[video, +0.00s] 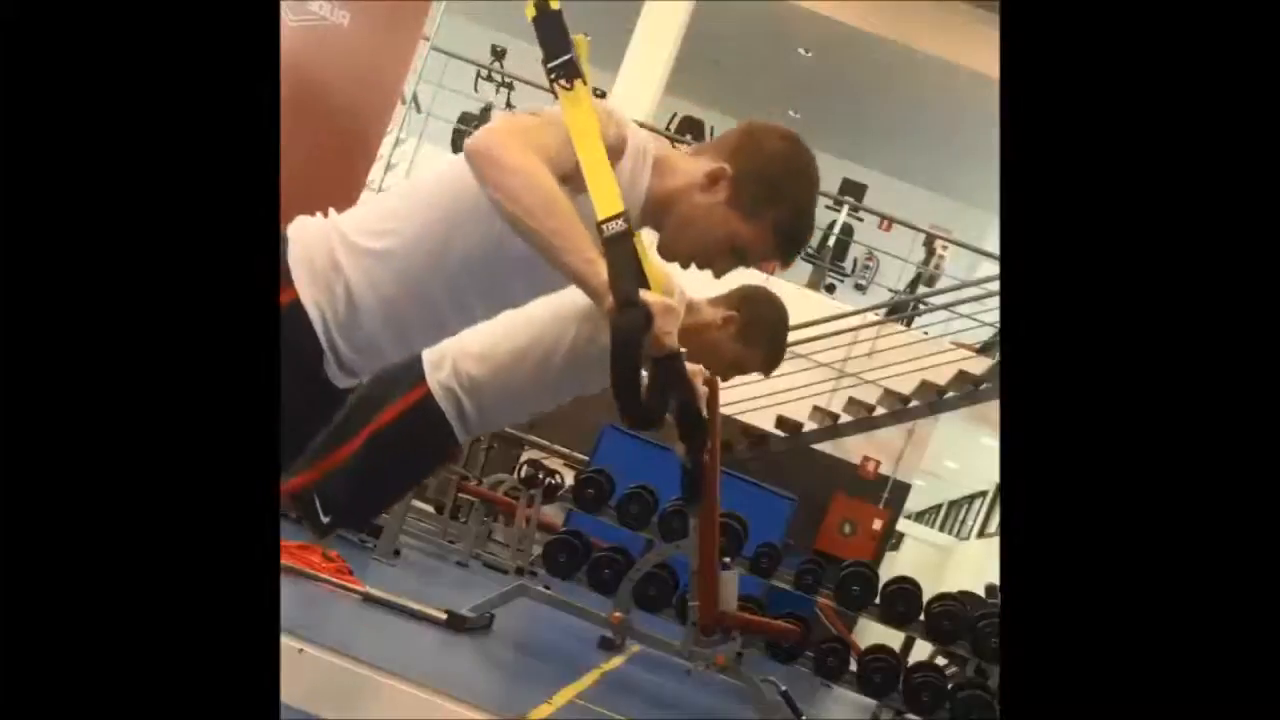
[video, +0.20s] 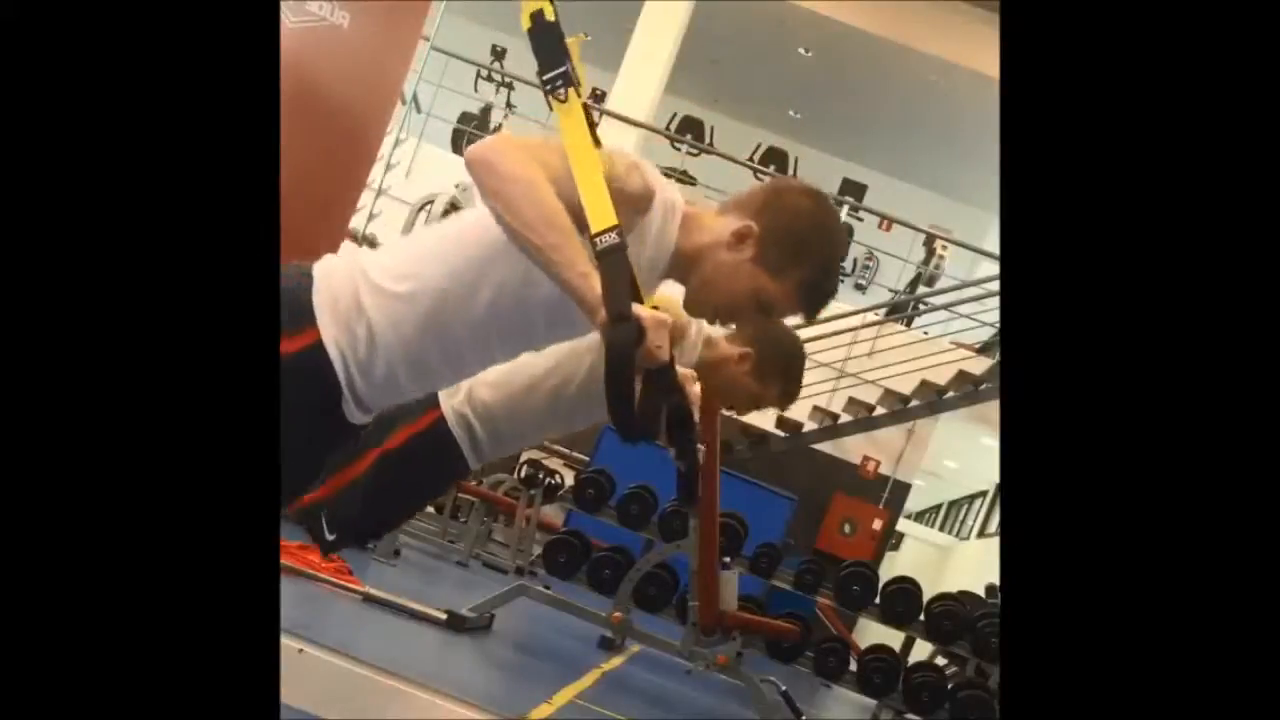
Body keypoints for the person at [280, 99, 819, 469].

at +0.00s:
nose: (719, 271)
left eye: (738, 264)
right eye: (736, 252)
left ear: (718, 177)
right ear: (720, 182)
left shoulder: (640, 242)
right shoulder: (611, 133)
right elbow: (496, 148)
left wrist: (670, 373)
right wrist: (610, 289)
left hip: (339, 371)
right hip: (299, 306)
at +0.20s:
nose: (740, 322)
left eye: (761, 317)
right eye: (758, 304)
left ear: (742, 238)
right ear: (742, 239)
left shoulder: (657, 280)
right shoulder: (634, 187)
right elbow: (497, 158)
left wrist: (658, 388)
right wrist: (612, 308)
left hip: (352, 408)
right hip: (313, 343)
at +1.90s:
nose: (698, 135)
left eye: (712, 123)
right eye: (705, 108)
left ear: (666, 39)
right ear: (670, 36)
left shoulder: (590, 136)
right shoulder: (545, 28)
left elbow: (608, 248)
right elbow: (499, 143)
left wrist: (657, 375)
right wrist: (584, 288)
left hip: (331, 332)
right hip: (289, 269)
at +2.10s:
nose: (705, 154)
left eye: (722, 145)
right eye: (715, 128)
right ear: (685, 57)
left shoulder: (600, 149)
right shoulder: (558, 45)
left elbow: (589, 252)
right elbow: (496, 141)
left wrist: (655, 378)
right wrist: (584, 282)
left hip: (337, 340)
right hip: (294, 278)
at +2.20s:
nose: (718, 190)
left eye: (735, 181)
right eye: (729, 167)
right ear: (701, 98)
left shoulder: (615, 177)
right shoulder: (578, 73)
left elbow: (593, 275)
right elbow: (490, 138)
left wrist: (653, 380)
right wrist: (581, 273)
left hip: (344, 355)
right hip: (299, 290)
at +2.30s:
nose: (727, 234)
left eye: (745, 228)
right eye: (741, 213)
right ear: (719, 146)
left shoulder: (624, 211)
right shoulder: (603, 115)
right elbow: (485, 132)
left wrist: (660, 396)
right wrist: (587, 281)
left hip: (353, 373)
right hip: (310, 316)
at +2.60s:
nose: (754, 372)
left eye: (776, 373)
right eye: (775, 359)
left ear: (764, 288)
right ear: (767, 294)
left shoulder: (679, 334)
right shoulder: (666, 246)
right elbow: (517, 172)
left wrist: (672, 410)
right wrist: (644, 316)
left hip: (366, 443)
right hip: (333, 393)